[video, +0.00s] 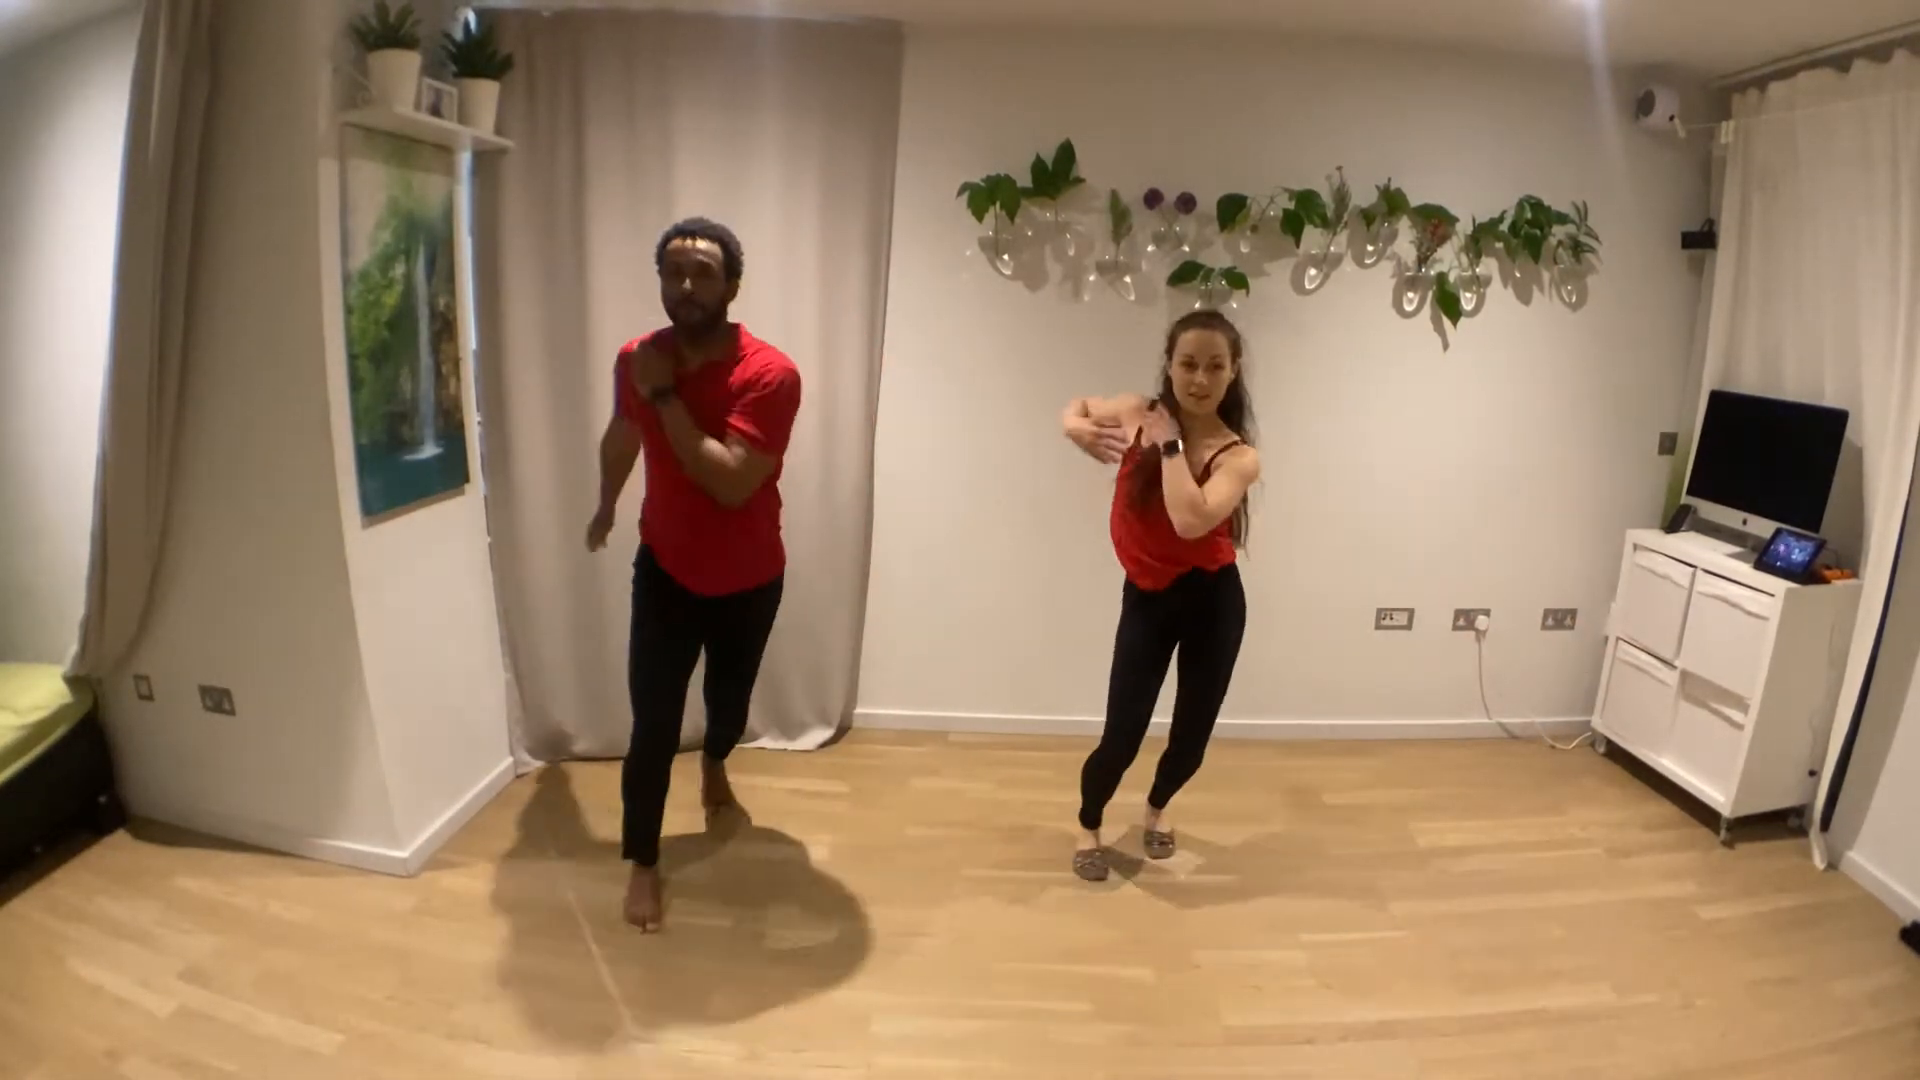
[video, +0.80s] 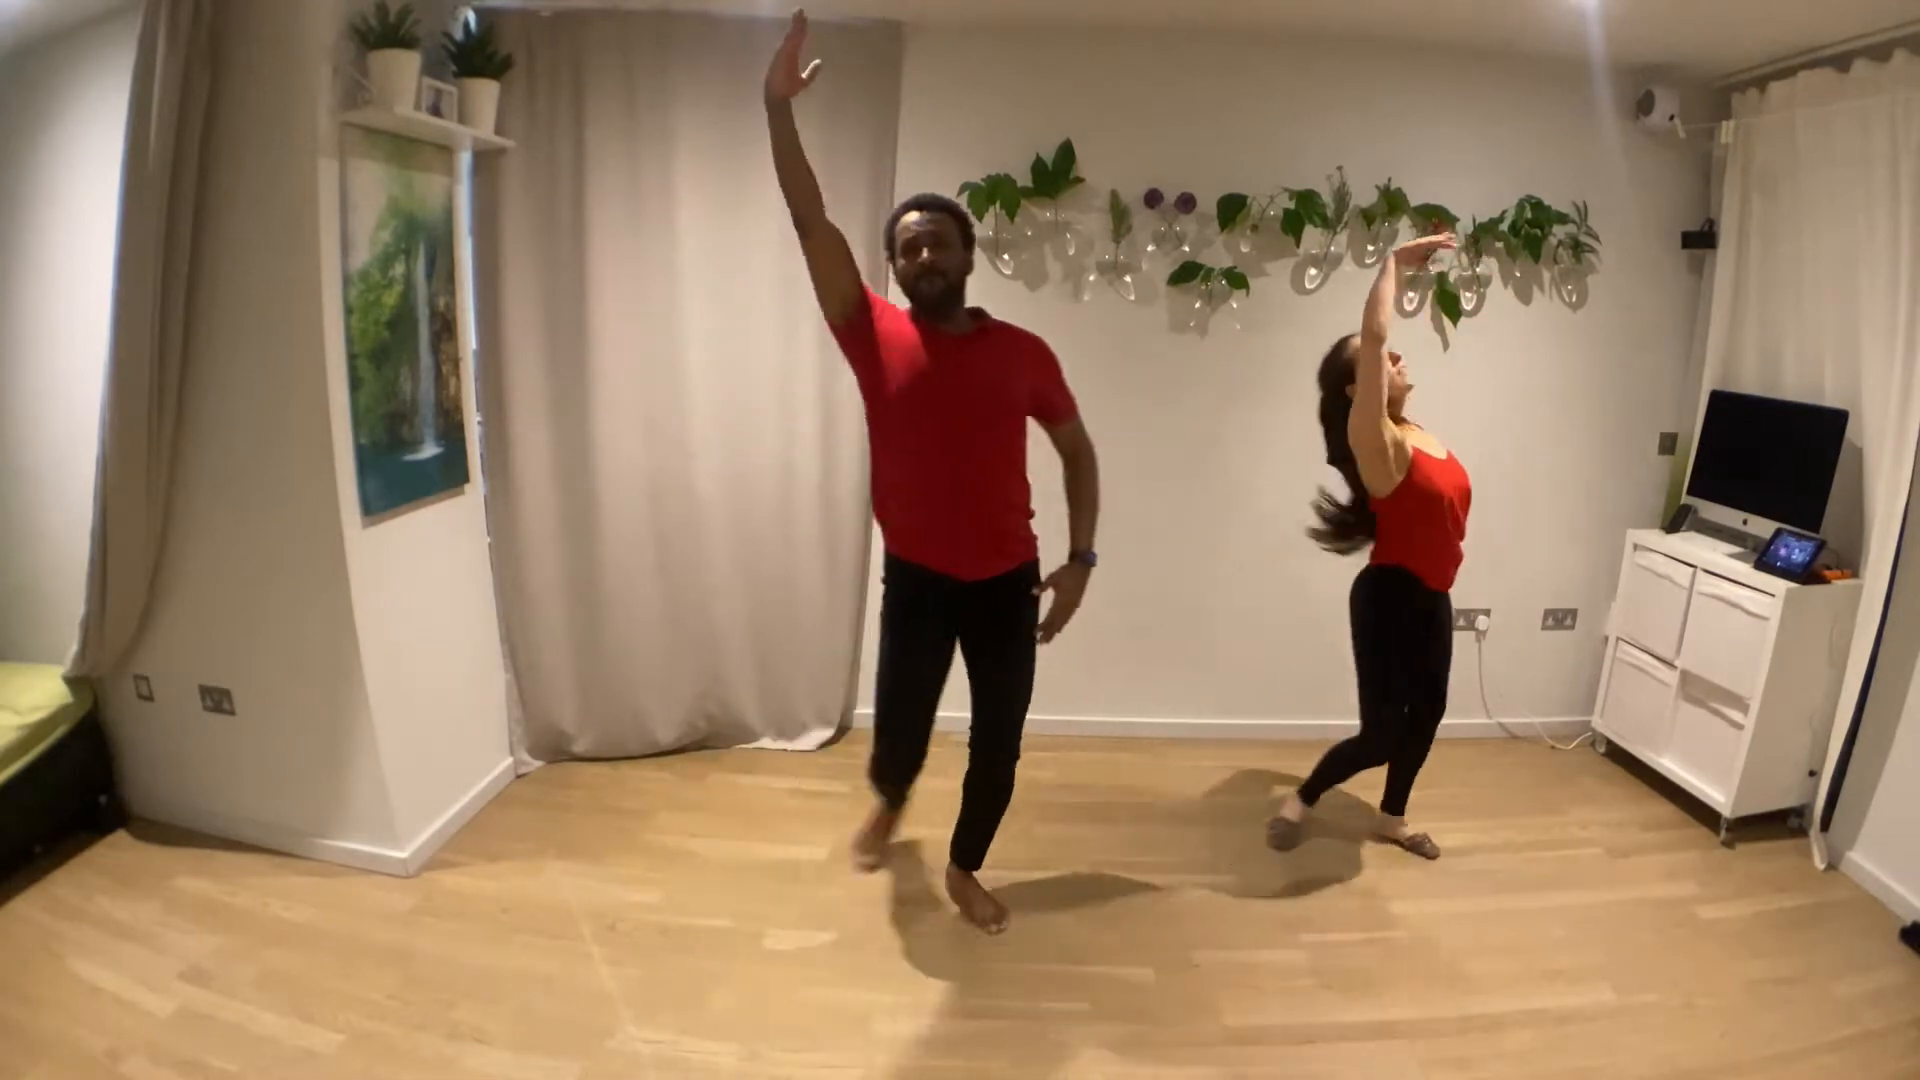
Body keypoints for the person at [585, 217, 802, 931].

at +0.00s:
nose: (686, 287)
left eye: (703, 274)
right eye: (674, 274)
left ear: (733, 286)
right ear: (660, 284)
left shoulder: (769, 374)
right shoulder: (640, 361)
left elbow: (734, 482)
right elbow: (622, 438)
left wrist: (665, 396)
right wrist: (607, 508)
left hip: (748, 577)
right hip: (668, 569)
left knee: (729, 701)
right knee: (656, 727)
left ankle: (714, 767)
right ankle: (642, 866)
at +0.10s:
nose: (682, 278)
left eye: (698, 267)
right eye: (668, 268)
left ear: (730, 283)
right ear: (654, 286)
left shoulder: (782, 372)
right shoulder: (628, 387)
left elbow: (814, 485)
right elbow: (607, 512)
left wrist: (712, 479)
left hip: (757, 579)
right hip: (671, 576)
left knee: (762, 742)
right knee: (661, 736)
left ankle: (739, 774)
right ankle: (640, 869)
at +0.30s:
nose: (709, 267)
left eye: (725, 257)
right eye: (694, 259)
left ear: (755, 278)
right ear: (674, 283)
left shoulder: (788, 363)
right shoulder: (658, 366)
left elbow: (824, 451)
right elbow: (722, 327)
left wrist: (845, 529)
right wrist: (818, 270)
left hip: (808, 582)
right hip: (722, 589)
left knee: (875, 733)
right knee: (696, 759)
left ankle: (941, 862)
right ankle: (642, 866)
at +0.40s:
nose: (774, 250)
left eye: (782, 243)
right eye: (756, 243)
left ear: (796, 269)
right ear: (731, 270)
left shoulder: (822, 360)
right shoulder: (707, 349)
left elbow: (849, 459)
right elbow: (750, 223)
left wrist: (879, 525)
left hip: (854, 581)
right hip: (769, 591)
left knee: (913, 732)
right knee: (727, 760)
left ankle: (958, 871)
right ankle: (643, 862)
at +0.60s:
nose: (839, 247)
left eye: (857, 237)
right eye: (824, 241)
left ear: (888, 264)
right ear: (811, 268)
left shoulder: (934, 353)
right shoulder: (799, 344)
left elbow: (967, 450)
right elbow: (771, 201)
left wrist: (993, 543)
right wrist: (782, 79)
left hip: (940, 586)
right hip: (853, 585)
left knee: (972, 746)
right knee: (782, 732)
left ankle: (962, 875)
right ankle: (678, 851)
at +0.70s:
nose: (885, 248)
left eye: (901, 237)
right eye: (871, 240)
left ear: (932, 259)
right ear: (855, 264)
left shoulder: (984, 353)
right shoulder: (838, 340)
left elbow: (1030, 449)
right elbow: (791, 211)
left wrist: (1042, 551)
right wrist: (777, 88)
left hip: (975, 583)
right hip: (885, 582)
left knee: (984, 749)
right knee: (839, 746)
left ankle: (962, 874)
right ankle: (754, 838)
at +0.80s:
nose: (921, 252)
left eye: (938, 239)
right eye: (907, 245)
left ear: (971, 258)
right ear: (894, 267)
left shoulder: (1023, 353)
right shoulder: (873, 338)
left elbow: (1077, 453)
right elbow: (809, 220)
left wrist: (1081, 560)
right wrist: (779, 105)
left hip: (1006, 581)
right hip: (916, 578)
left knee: (999, 748)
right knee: (900, 744)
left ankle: (965, 866)